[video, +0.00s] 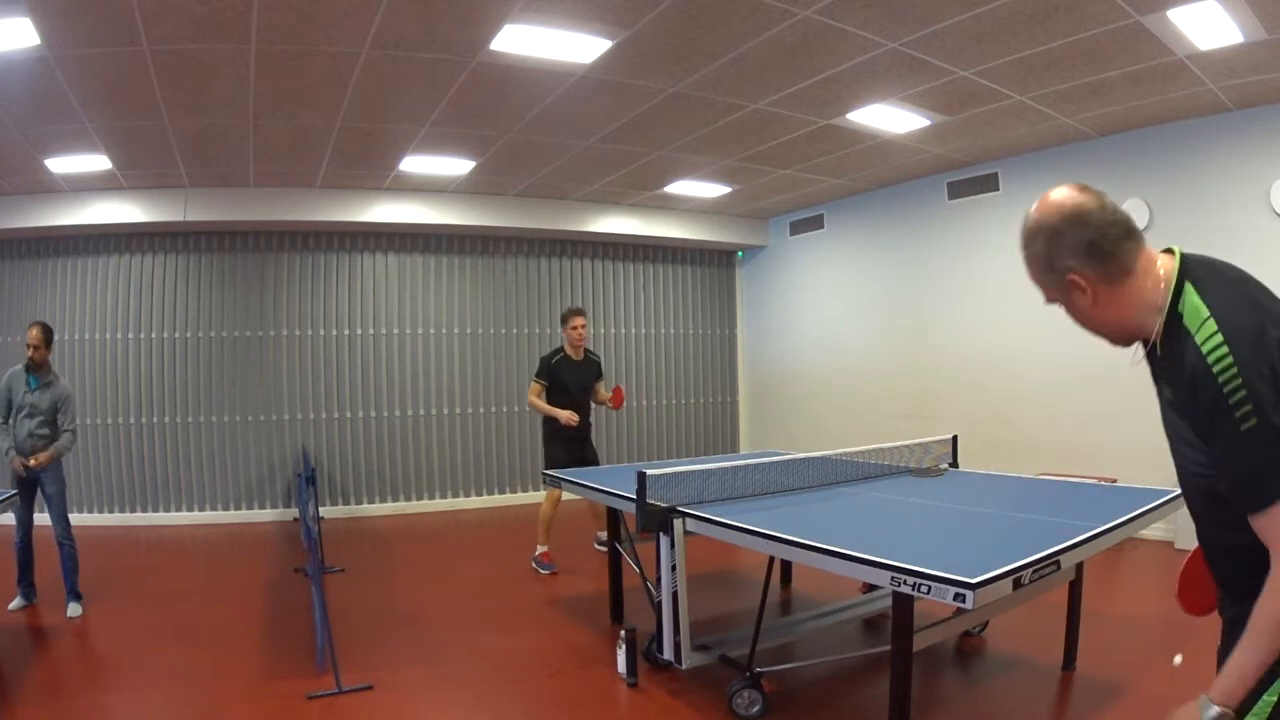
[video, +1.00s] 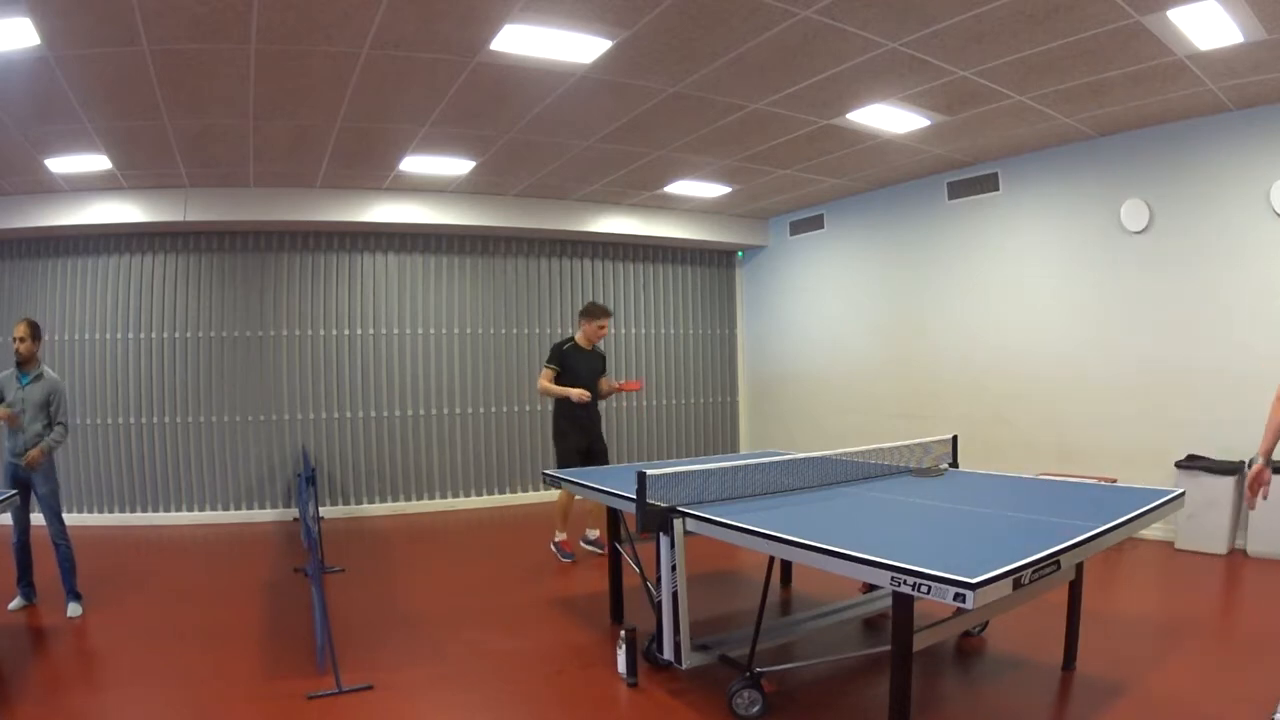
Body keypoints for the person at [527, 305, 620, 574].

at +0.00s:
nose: (580, 332)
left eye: (583, 327)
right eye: (574, 328)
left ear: (588, 330)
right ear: (563, 332)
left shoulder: (593, 362)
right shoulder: (550, 362)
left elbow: (598, 395)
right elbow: (533, 398)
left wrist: (610, 399)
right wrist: (559, 413)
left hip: (583, 436)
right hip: (557, 437)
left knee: (598, 488)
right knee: (554, 493)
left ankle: (604, 534)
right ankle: (541, 551)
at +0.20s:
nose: (571, 331)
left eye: (574, 326)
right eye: (564, 327)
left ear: (579, 327)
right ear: (554, 330)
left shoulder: (586, 358)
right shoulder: (541, 361)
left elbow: (589, 386)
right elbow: (527, 398)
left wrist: (601, 395)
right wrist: (552, 412)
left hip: (579, 433)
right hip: (552, 435)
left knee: (592, 486)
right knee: (548, 491)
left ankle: (595, 536)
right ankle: (540, 550)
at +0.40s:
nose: (578, 330)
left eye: (581, 325)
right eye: (572, 326)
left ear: (585, 327)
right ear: (560, 329)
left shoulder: (590, 359)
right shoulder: (546, 359)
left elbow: (596, 392)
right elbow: (530, 396)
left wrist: (605, 394)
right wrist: (553, 409)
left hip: (581, 434)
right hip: (554, 435)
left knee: (588, 488)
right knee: (547, 491)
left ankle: (587, 540)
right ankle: (540, 550)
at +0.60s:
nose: (596, 332)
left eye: (599, 327)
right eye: (591, 327)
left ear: (602, 329)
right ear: (577, 329)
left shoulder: (602, 362)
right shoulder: (559, 357)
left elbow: (604, 400)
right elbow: (539, 391)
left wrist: (613, 395)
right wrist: (560, 403)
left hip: (590, 433)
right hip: (564, 434)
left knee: (595, 488)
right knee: (554, 491)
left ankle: (589, 540)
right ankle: (542, 549)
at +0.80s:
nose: (606, 331)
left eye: (608, 326)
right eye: (601, 326)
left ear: (609, 329)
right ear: (585, 326)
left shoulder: (607, 361)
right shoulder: (567, 354)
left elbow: (608, 398)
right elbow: (542, 384)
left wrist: (622, 391)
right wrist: (561, 391)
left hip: (594, 432)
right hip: (569, 432)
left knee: (599, 487)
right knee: (560, 488)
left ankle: (590, 539)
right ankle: (547, 543)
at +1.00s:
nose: (605, 333)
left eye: (606, 328)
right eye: (601, 327)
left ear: (600, 327)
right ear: (584, 324)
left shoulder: (599, 356)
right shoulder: (561, 350)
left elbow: (599, 392)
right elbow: (543, 385)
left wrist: (615, 387)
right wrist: (569, 391)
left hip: (592, 426)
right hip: (567, 427)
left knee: (601, 480)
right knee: (571, 483)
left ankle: (592, 534)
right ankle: (559, 537)